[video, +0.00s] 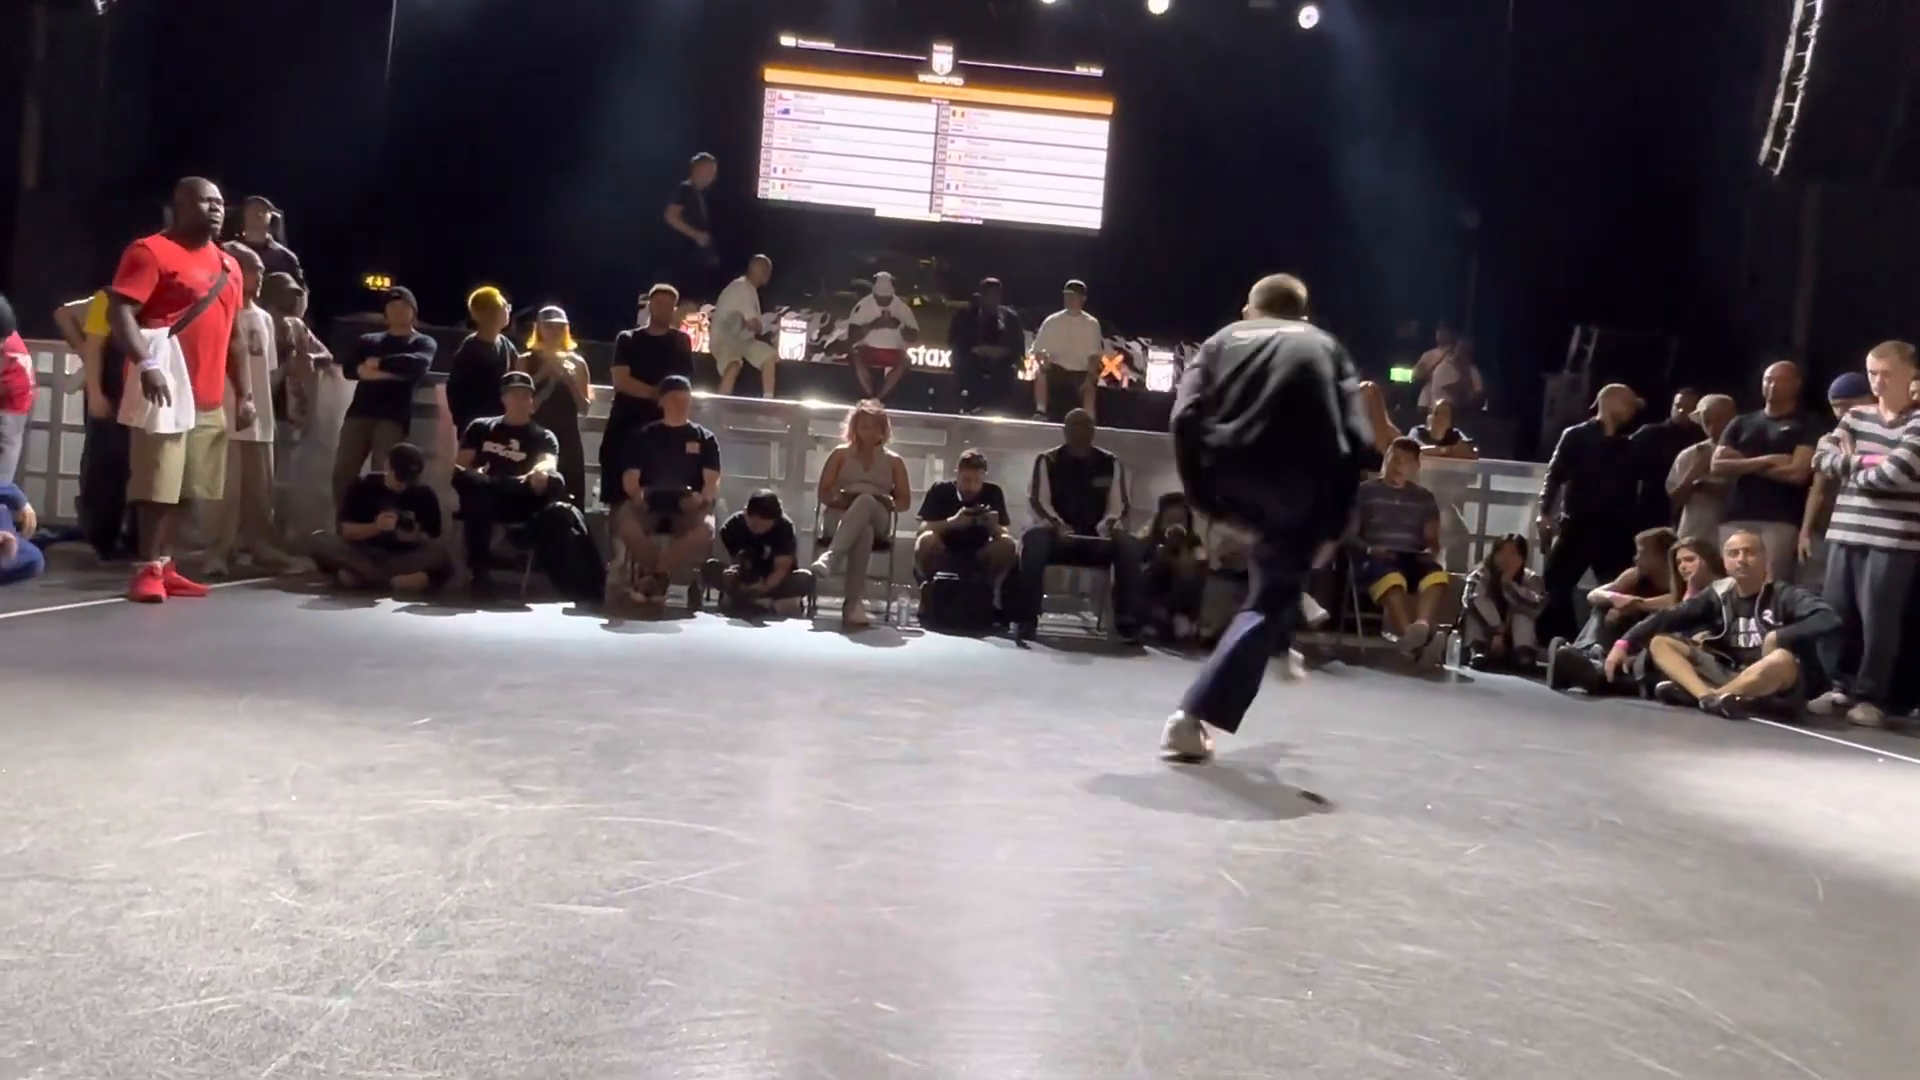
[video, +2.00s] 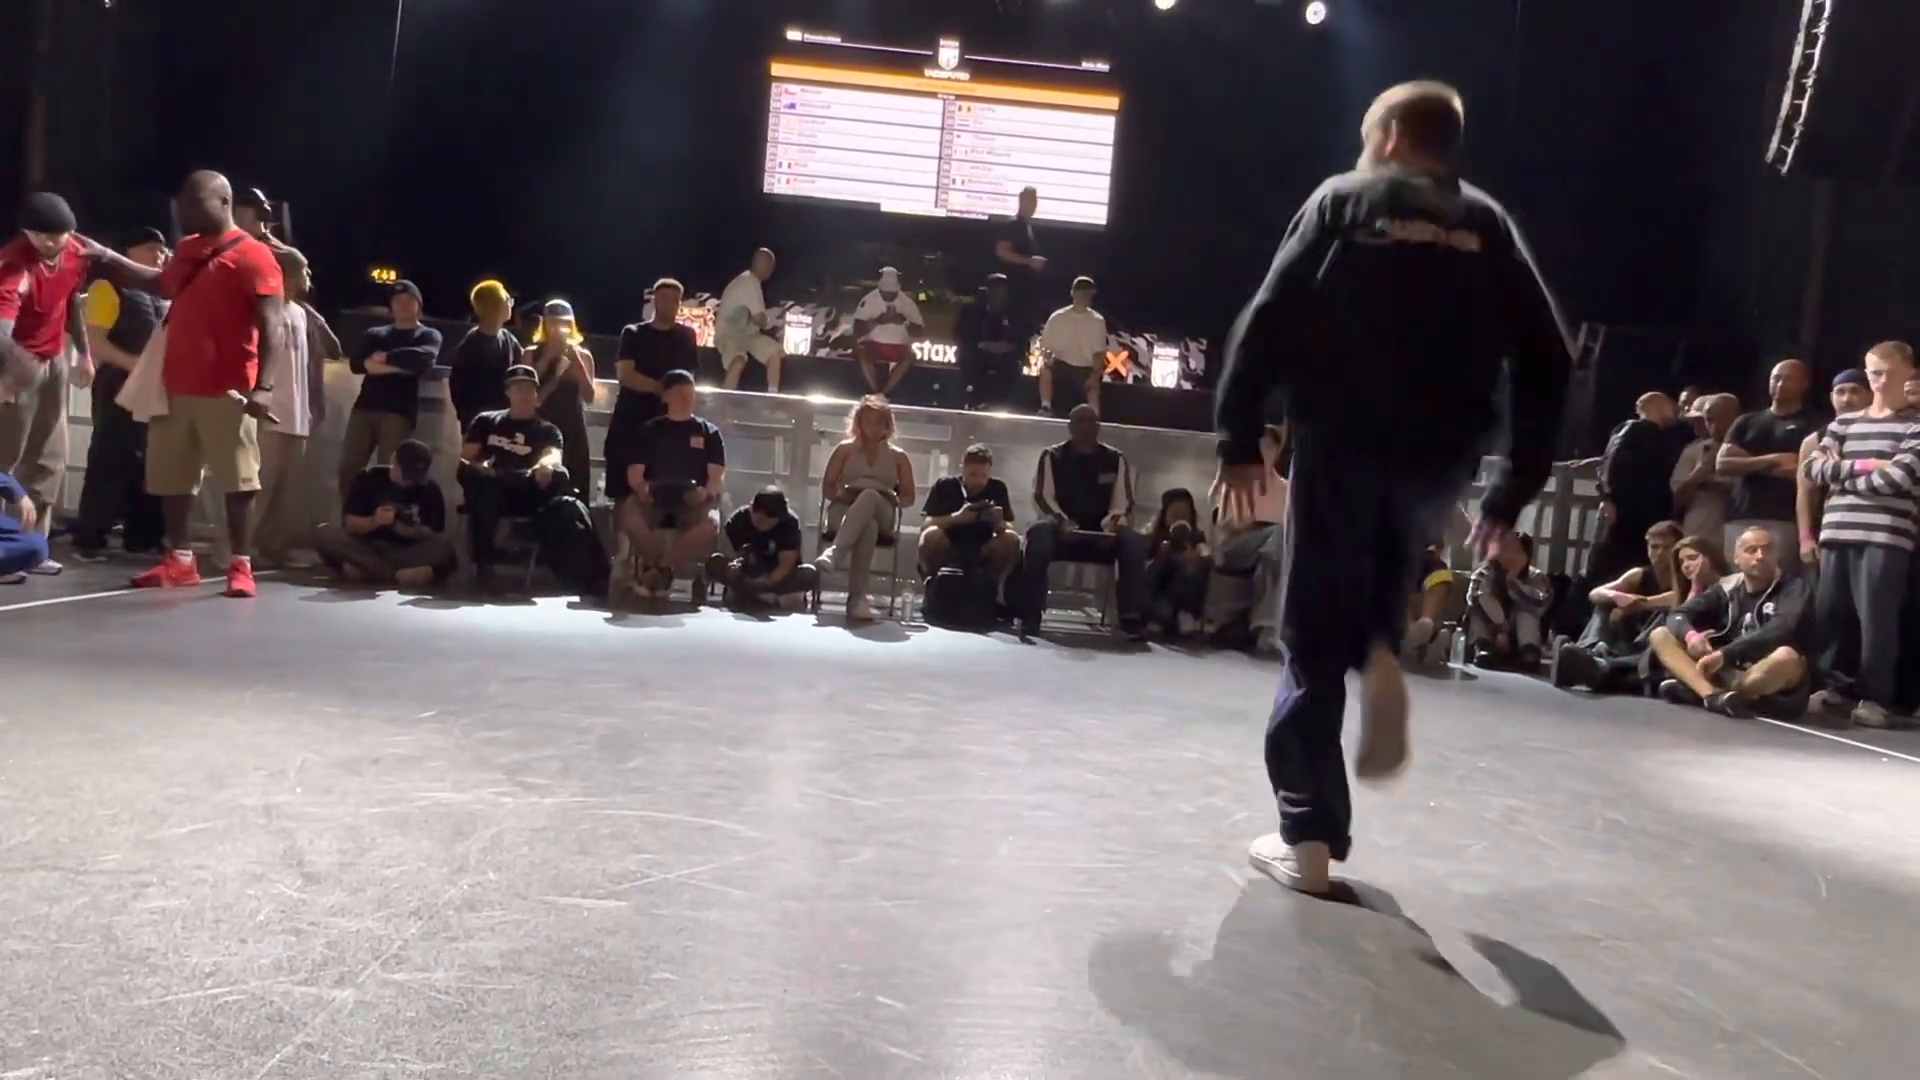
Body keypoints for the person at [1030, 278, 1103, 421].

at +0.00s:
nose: (1070, 299)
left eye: (1074, 295)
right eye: (1068, 295)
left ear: (1083, 298)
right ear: (1064, 297)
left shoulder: (1092, 324)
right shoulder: (1052, 321)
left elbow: (1095, 355)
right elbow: (1038, 348)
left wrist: (1090, 379)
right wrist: (1043, 361)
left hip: (1081, 370)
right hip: (1057, 368)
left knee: (1090, 384)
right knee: (1041, 373)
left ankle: (1089, 420)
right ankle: (1040, 411)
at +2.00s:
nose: (1083, 296)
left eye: (1086, 292)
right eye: (1079, 291)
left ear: (1091, 295)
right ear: (1072, 293)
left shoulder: (1097, 321)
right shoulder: (1058, 317)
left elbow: (1099, 352)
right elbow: (1045, 345)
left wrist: (1095, 375)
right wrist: (1046, 359)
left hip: (1086, 366)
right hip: (1061, 363)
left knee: (1094, 382)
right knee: (1045, 371)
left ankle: (1094, 418)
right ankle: (1045, 407)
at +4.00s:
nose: (1073, 302)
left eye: (1076, 298)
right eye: (1069, 297)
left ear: (1080, 301)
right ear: (1061, 300)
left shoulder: (1086, 326)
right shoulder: (1046, 323)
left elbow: (1088, 358)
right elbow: (1034, 350)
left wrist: (1083, 382)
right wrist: (1035, 364)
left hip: (1075, 371)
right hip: (1051, 368)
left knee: (1083, 385)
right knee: (1034, 376)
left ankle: (1084, 419)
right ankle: (1035, 412)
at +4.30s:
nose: (1064, 304)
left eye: (1067, 299)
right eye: (1061, 299)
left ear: (1073, 301)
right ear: (1054, 300)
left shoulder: (1077, 323)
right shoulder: (1039, 323)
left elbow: (1083, 353)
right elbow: (1028, 350)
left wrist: (1081, 375)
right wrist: (1029, 361)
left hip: (1071, 371)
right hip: (1045, 369)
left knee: (1075, 386)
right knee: (1028, 376)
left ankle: (1077, 419)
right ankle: (1029, 412)